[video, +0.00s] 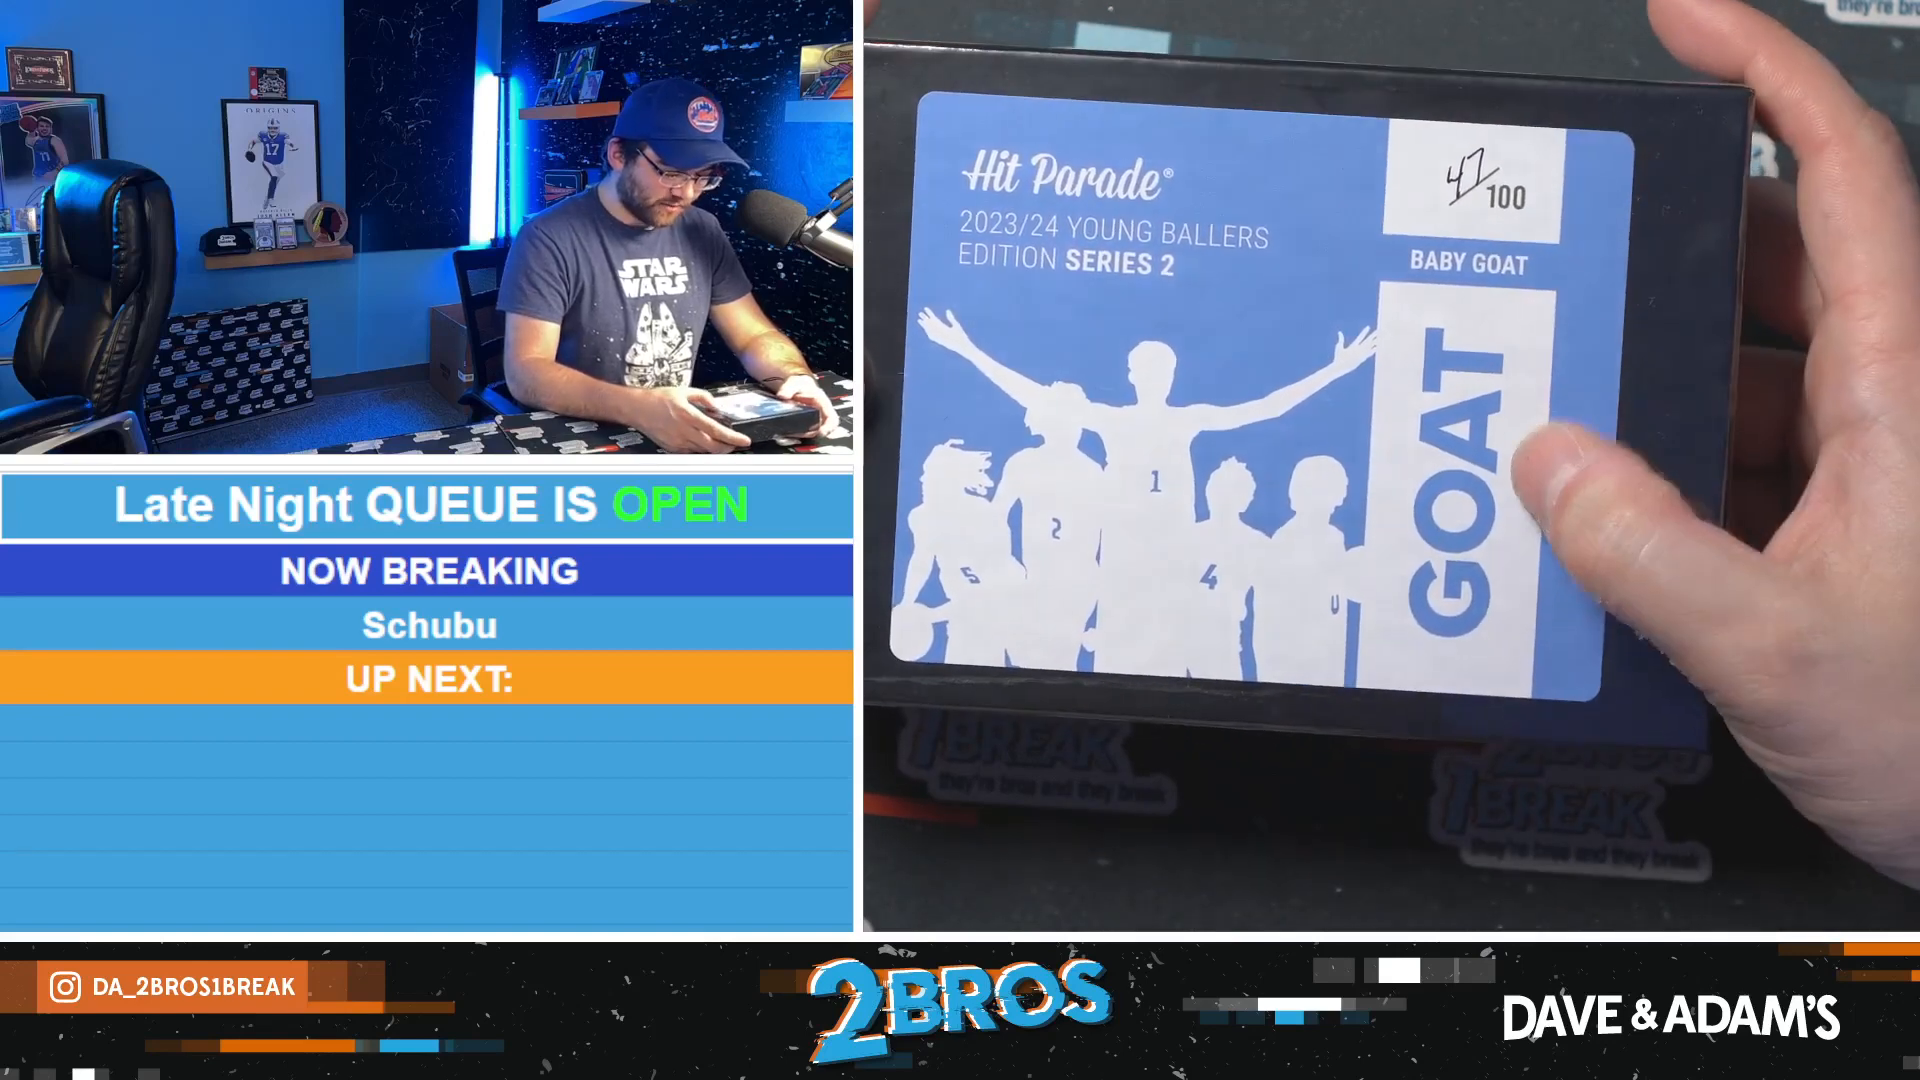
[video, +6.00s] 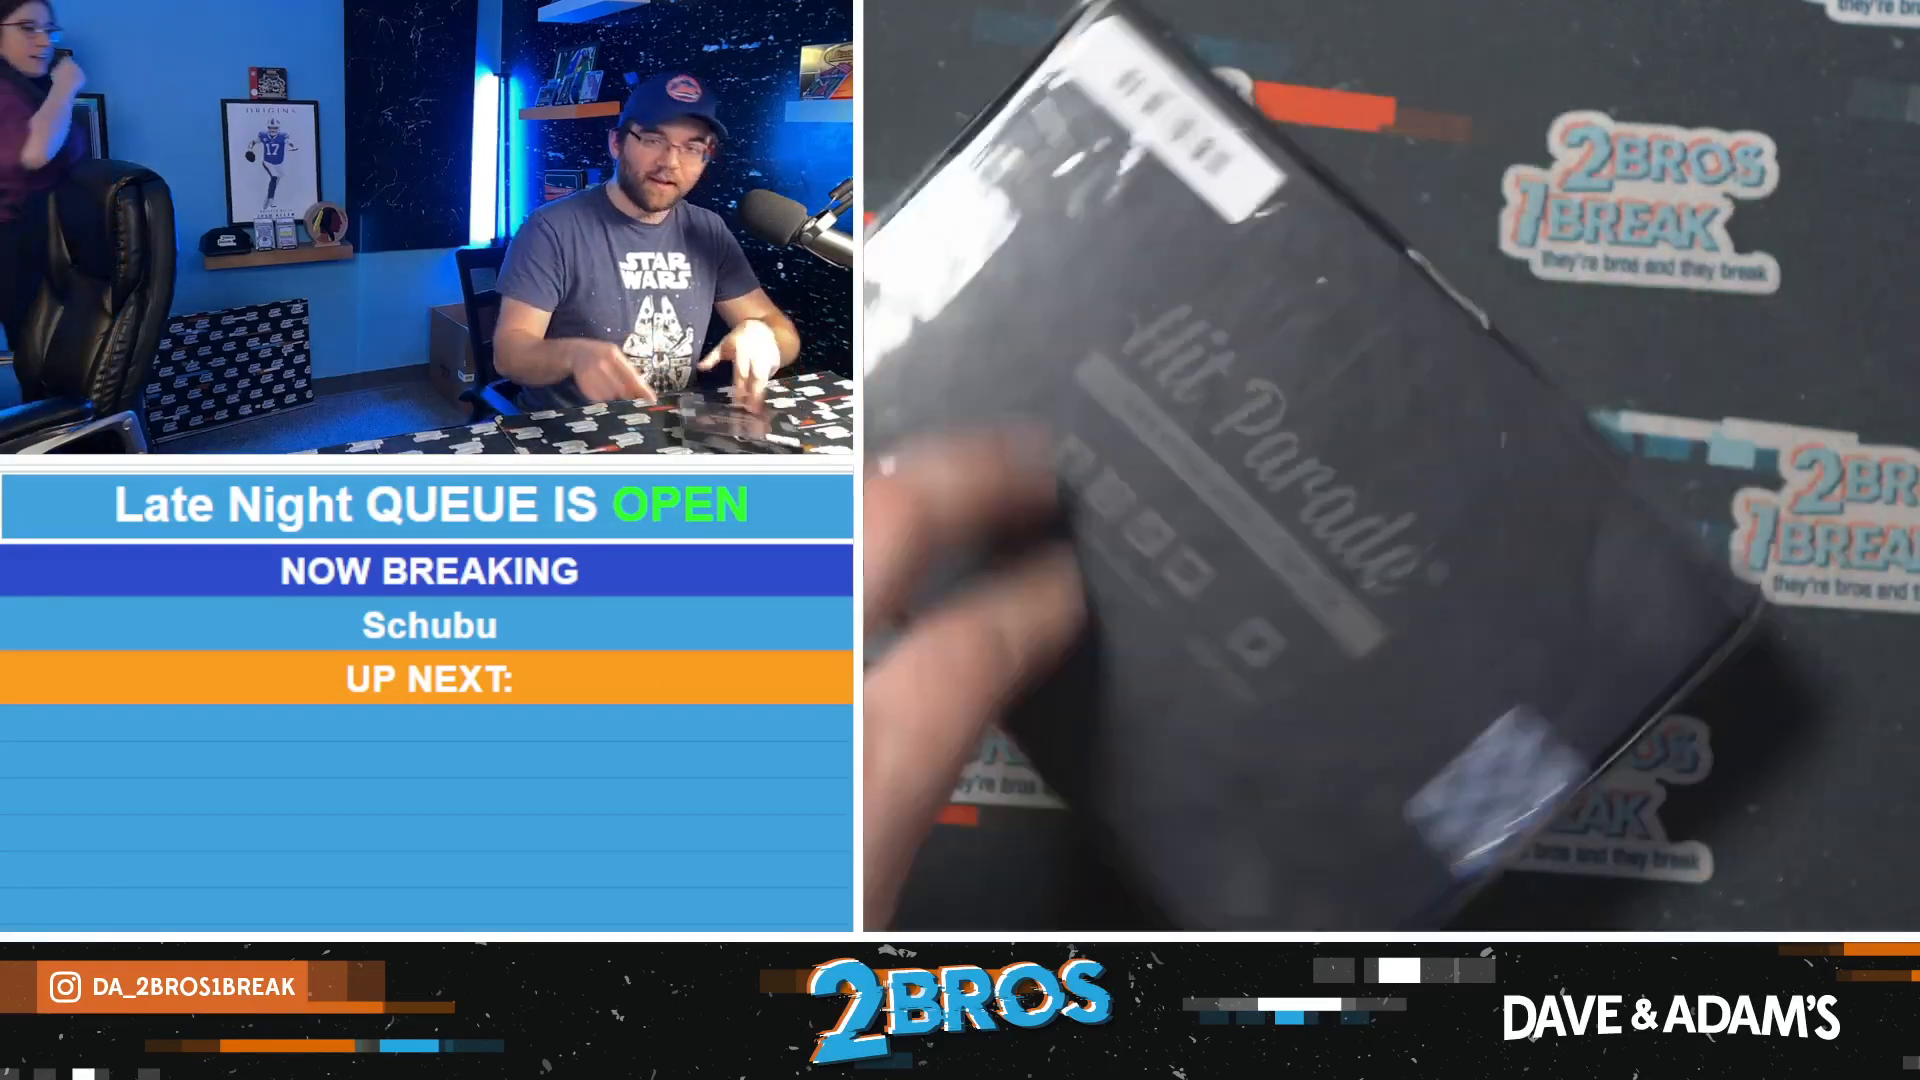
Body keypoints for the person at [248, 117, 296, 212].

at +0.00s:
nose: (273, 130)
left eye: (275, 128)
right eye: (271, 128)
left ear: (278, 128)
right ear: (268, 128)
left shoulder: (283, 136)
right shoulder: (263, 136)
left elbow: (290, 143)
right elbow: (253, 141)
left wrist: (292, 147)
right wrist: (250, 149)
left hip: (279, 164)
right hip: (267, 162)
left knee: (276, 182)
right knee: (274, 176)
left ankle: (267, 200)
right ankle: (270, 199)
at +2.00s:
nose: (273, 130)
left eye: (275, 128)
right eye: (271, 128)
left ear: (278, 128)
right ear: (268, 128)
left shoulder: (283, 136)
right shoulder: (263, 136)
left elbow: (290, 143)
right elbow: (253, 141)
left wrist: (292, 147)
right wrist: (250, 149)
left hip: (279, 164)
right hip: (267, 162)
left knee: (275, 182)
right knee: (274, 176)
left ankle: (267, 200)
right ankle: (270, 199)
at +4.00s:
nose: (273, 130)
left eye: (275, 128)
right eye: (271, 128)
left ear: (278, 128)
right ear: (268, 128)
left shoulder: (283, 136)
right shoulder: (263, 136)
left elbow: (289, 142)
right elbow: (253, 142)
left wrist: (292, 146)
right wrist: (250, 149)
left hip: (278, 163)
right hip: (267, 162)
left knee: (276, 181)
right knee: (274, 176)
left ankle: (267, 200)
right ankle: (270, 199)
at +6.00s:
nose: (273, 130)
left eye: (275, 128)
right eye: (271, 128)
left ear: (278, 129)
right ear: (268, 128)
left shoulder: (283, 136)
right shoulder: (263, 136)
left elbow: (289, 143)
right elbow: (254, 142)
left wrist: (292, 147)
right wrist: (250, 148)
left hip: (279, 163)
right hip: (268, 162)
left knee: (276, 182)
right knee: (274, 176)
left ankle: (268, 199)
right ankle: (271, 199)